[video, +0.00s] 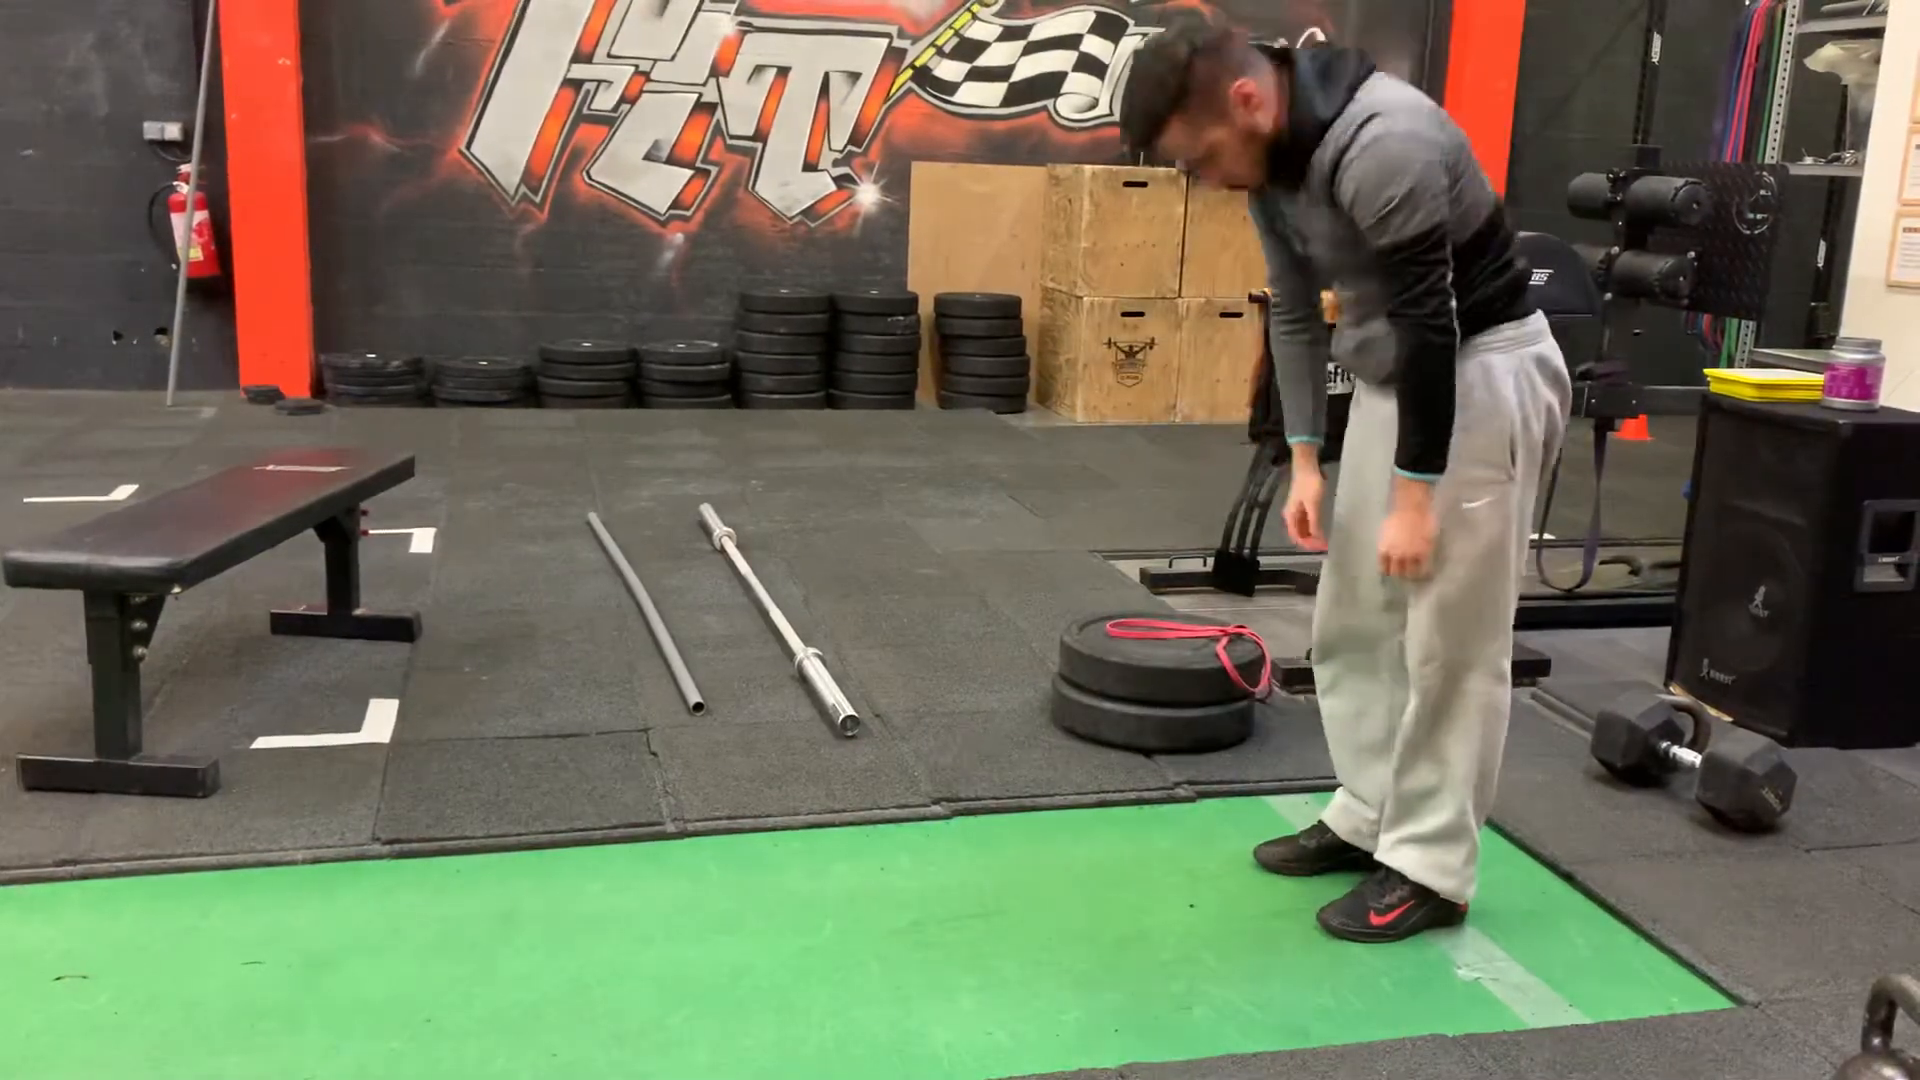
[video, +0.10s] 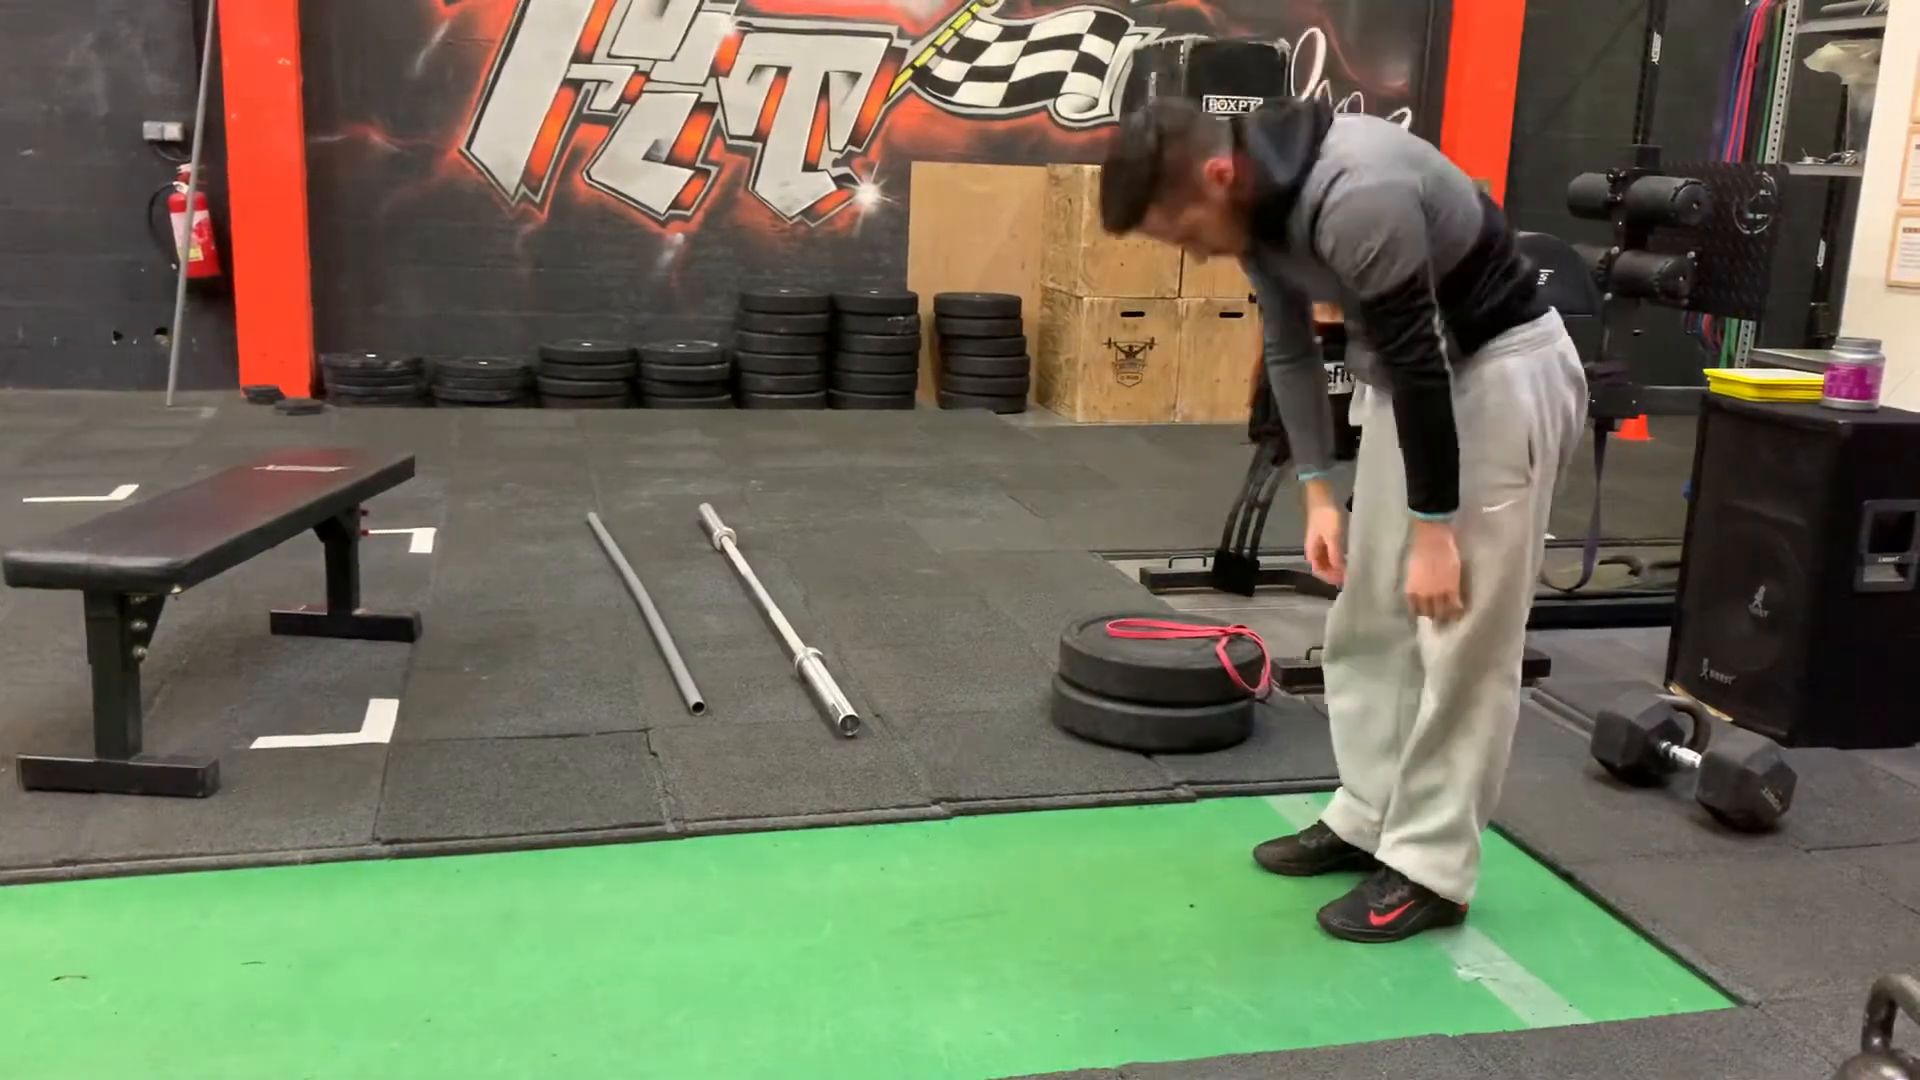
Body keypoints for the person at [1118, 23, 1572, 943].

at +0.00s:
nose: (1203, 181)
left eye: (1202, 158)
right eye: (1187, 168)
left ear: (1251, 101)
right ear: (1244, 104)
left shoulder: (1385, 151)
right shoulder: (1271, 159)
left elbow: (1427, 327)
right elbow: (1295, 310)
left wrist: (1414, 492)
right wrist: (1306, 458)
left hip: (1483, 374)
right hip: (1383, 375)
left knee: (1452, 623)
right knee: (1358, 606)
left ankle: (1433, 864)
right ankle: (1367, 813)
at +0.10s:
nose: (1183, 251)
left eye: (1180, 232)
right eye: (1168, 240)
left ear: (1218, 177)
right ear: (1211, 177)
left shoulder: (1360, 202)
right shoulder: (1250, 207)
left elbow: (1419, 369)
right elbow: (1290, 348)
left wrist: (1433, 528)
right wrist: (1317, 490)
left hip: (1501, 372)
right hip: (1394, 375)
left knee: (1464, 623)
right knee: (1370, 607)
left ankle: (1434, 866)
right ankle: (1368, 812)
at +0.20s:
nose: (1186, 322)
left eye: (1176, 307)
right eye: (1169, 316)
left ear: (1193, 253)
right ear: (1189, 249)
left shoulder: (1340, 253)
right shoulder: (1241, 244)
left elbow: (1406, 412)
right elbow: (1292, 392)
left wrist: (1443, 574)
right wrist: (1334, 528)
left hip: (1510, 372)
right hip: (1406, 381)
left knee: (1479, 624)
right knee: (1384, 608)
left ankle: (1434, 867)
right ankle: (1367, 815)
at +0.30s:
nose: (1185, 384)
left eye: (1174, 371)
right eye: (1168, 380)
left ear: (1182, 324)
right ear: (1173, 312)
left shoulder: (1328, 299)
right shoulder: (1238, 298)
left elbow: (1399, 456)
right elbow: (1293, 435)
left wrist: (1447, 614)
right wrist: (1341, 562)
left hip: (1520, 378)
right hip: (1416, 389)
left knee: (1486, 633)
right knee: (1391, 612)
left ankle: (1435, 868)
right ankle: (1369, 816)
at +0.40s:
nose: (1182, 433)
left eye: (1171, 423)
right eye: (1167, 429)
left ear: (1178, 382)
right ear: (1177, 369)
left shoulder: (1318, 344)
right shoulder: (1232, 335)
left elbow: (1388, 498)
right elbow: (1290, 468)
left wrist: (1438, 653)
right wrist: (1341, 591)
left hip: (1531, 380)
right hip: (1434, 395)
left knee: (1493, 632)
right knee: (1409, 622)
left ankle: (1434, 870)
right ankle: (1367, 819)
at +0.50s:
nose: (1183, 471)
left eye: (1171, 459)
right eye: (1167, 467)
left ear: (1181, 419)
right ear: (1165, 405)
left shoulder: (1308, 376)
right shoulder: (1215, 366)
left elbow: (1376, 539)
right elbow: (1286, 503)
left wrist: (1428, 688)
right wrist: (1338, 624)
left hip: (1532, 377)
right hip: (1424, 396)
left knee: (1495, 634)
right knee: (1402, 612)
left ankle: (1435, 871)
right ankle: (1369, 819)